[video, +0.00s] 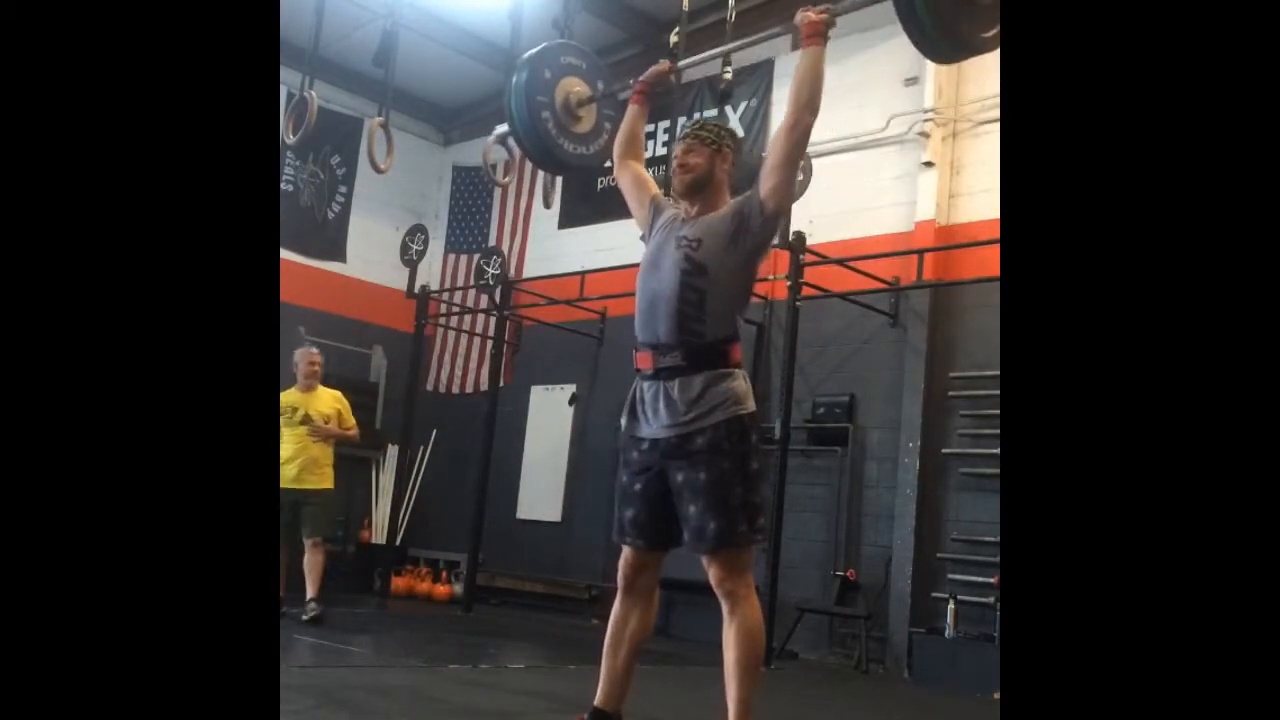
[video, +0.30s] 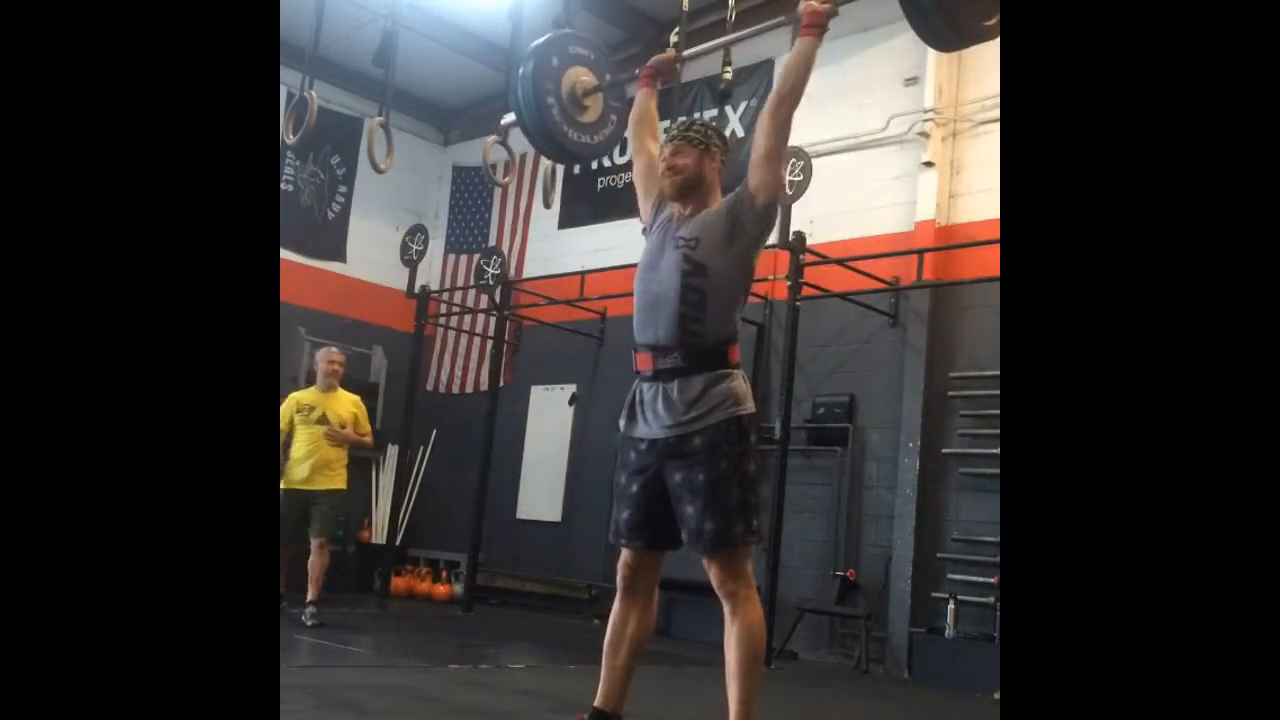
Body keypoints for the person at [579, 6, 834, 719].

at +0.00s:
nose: (687, 151)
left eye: (702, 144)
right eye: (682, 145)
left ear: (729, 162)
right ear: (675, 162)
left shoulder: (748, 217)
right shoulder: (659, 217)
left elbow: (798, 125)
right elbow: (624, 162)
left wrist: (812, 42)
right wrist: (639, 93)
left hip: (712, 405)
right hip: (648, 405)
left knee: (730, 581)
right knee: (633, 572)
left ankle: (738, 716)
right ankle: (604, 710)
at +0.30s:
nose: (671, 154)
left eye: (686, 146)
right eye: (666, 149)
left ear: (716, 159)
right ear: (664, 166)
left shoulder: (740, 213)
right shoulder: (659, 217)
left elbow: (777, 114)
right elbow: (644, 147)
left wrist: (810, 33)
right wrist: (646, 84)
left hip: (709, 405)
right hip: (646, 405)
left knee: (730, 580)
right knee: (632, 571)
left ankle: (740, 714)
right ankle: (604, 709)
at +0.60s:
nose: (673, 161)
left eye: (687, 152)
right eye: (668, 154)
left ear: (717, 163)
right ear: (665, 170)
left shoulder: (743, 217)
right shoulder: (661, 221)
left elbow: (782, 118)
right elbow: (648, 146)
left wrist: (814, 32)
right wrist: (649, 81)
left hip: (713, 406)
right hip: (649, 406)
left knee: (727, 581)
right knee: (630, 571)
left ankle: (739, 712)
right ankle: (604, 708)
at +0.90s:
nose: (691, 157)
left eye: (705, 150)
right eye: (683, 151)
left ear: (731, 169)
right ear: (674, 169)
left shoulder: (750, 218)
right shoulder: (664, 220)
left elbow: (786, 121)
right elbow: (649, 143)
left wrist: (814, 33)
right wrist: (649, 79)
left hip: (715, 405)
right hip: (650, 404)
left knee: (727, 578)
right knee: (631, 569)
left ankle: (739, 713)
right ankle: (604, 708)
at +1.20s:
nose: (699, 170)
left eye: (713, 161)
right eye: (693, 162)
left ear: (740, 173)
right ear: (684, 175)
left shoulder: (763, 222)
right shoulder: (678, 222)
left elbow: (791, 128)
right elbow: (650, 145)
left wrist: (810, 35)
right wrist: (643, 76)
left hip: (744, 414)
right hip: (677, 411)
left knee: (739, 577)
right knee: (644, 569)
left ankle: (742, 713)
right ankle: (604, 707)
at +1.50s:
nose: (768, 230)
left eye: (779, 217)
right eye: (759, 217)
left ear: (804, 216)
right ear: (750, 220)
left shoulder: (834, 273)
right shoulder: (740, 280)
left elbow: (828, 306)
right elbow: (660, 299)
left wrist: (803, 239)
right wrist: (624, 231)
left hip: (799, 443)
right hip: (738, 439)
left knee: (766, 580)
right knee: (700, 586)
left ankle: (751, 714)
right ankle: (772, 699)